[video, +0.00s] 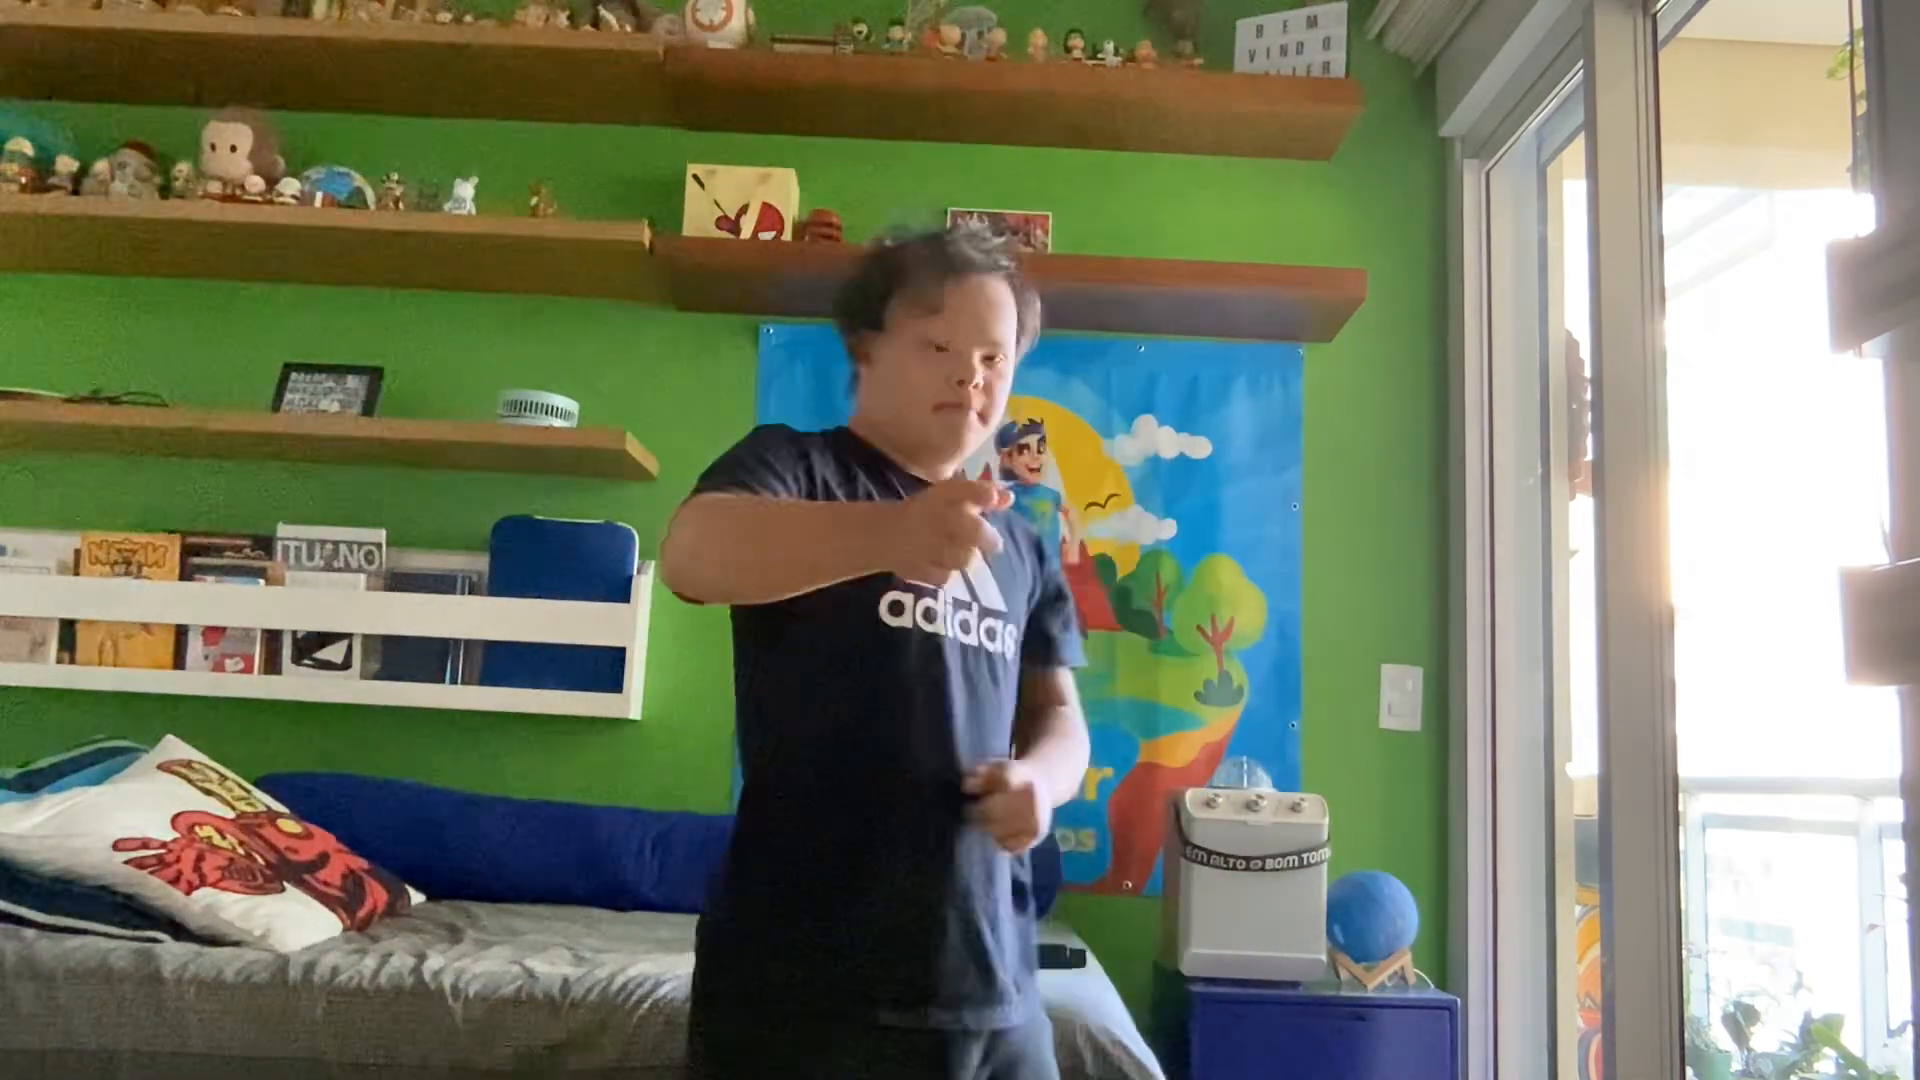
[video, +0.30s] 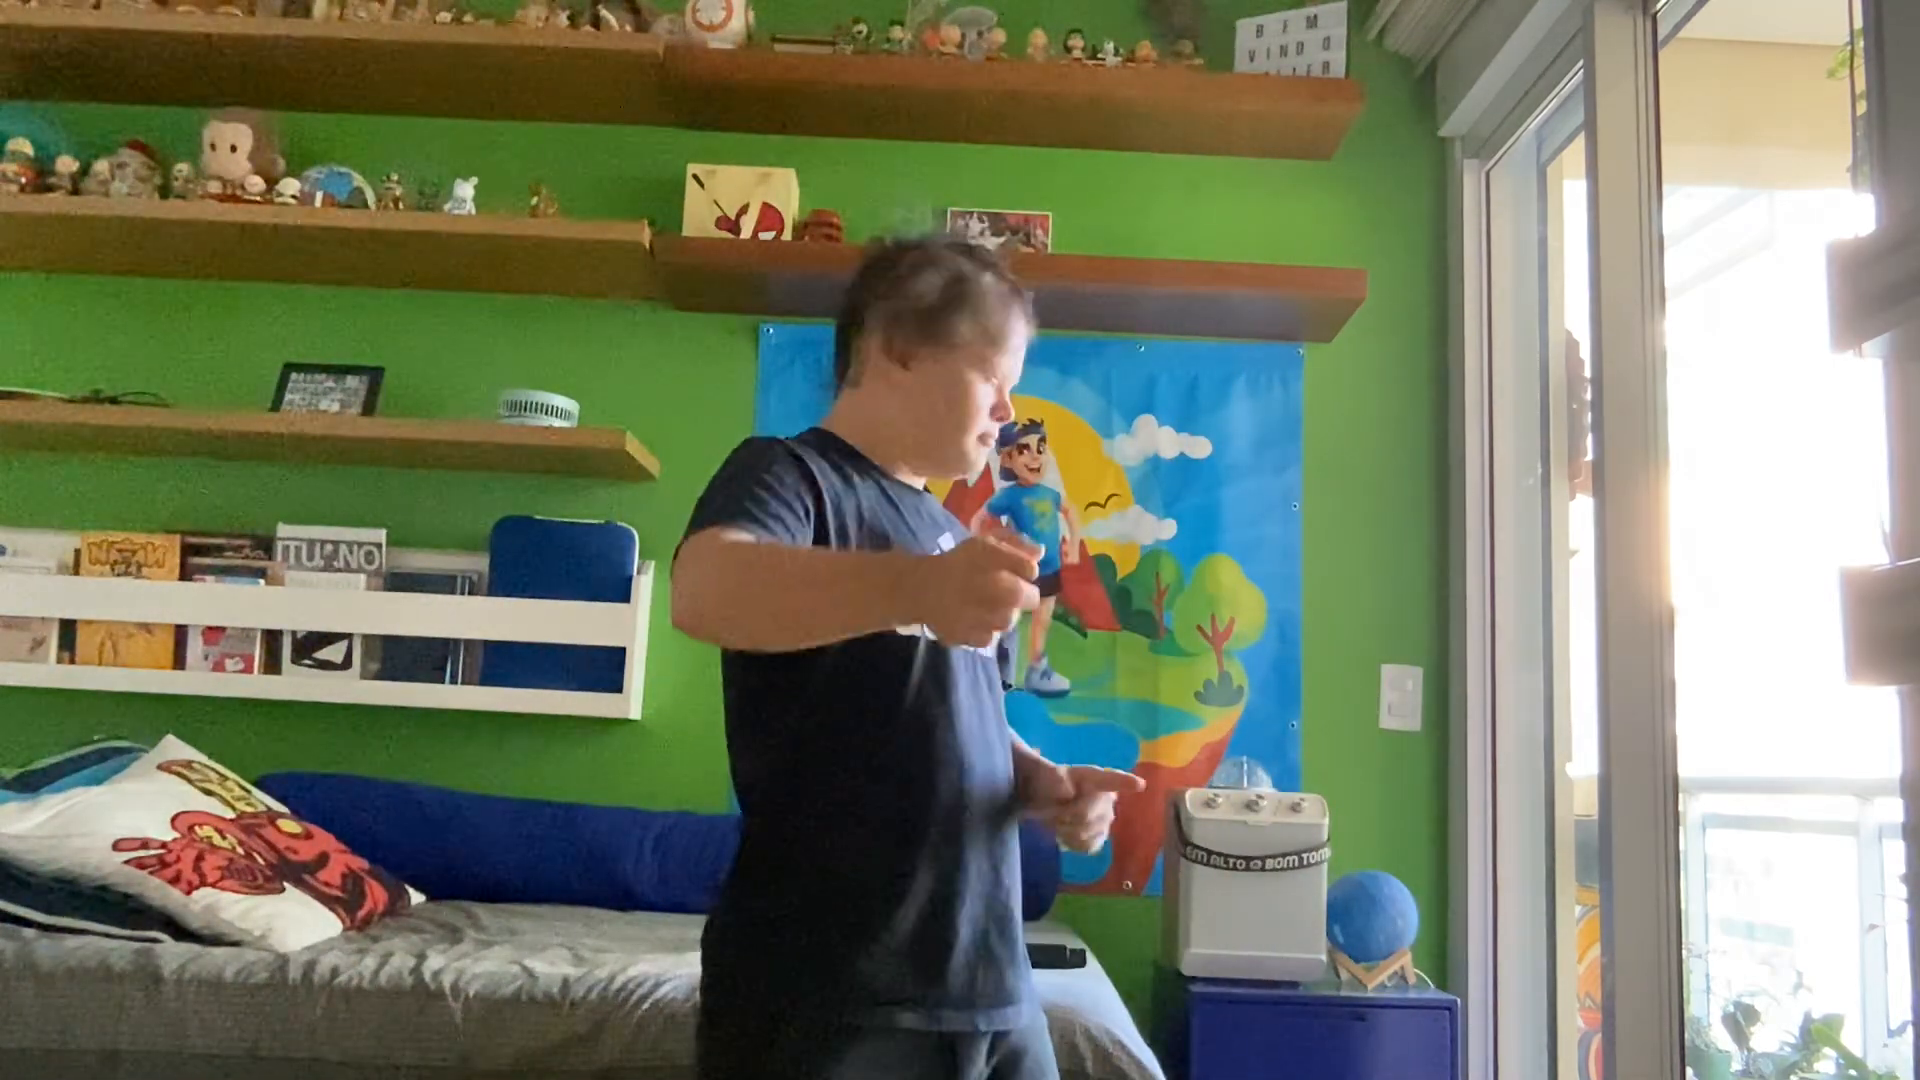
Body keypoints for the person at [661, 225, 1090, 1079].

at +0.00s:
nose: (970, 377)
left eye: (992, 358)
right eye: (939, 347)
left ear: (1012, 381)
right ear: (866, 349)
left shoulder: (1022, 542)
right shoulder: (792, 464)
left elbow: (1058, 717)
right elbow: (693, 554)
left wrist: (1040, 780)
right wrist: (890, 533)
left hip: (989, 993)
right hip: (801, 981)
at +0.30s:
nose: (1006, 414)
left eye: (1008, 392)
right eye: (993, 382)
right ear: (898, 350)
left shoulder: (953, 541)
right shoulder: (788, 473)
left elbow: (963, 734)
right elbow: (705, 591)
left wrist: (1046, 788)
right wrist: (917, 591)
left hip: (994, 1002)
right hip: (831, 1006)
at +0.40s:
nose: (1008, 430)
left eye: (1015, 402)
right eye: (1006, 394)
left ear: (934, 363)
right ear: (926, 359)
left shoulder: (962, 551)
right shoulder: (791, 480)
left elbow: (958, 746)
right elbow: (686, 625)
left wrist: (1077, 799)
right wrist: (911, 661)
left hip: (994, 1006)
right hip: (831, 1011)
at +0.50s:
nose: (1012, 433)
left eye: (1019, 406)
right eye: (1012, 398)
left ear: (947, 370)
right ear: (941, 365)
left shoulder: (969, 559)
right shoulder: (794, 484)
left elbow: (957, 743)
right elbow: (676, 647)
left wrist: (1098, 797)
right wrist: (899, 742)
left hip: (993, 1008)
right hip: (828, 1012)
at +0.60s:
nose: (1018, 438)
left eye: (1028, 412)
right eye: (1022, 403)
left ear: (963, 372)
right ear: (955, 367)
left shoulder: (967, 553)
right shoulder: (804, 481)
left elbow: (970, 746)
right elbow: (682, 678)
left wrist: (1126, 788)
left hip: (999, 1009)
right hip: (834, 1017)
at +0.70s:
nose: (1047, 441)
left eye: (1055, 412)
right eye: (1049, 403)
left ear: (990, 373)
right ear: (986, 365)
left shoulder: (983, 544)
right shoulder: (816, 482)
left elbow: (996, 735)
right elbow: (700, 697)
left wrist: (1174, 776)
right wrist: (787, 933)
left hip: (1017, 998)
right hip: (858, 1016)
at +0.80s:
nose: (1113, 447)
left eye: (1123, 420)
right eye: (1118, 413)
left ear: (1052, 387)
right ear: (1063, 386)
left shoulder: (1031, 540)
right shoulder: (882, 484)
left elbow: (1064, 715)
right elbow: (763, 701)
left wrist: (1239, 753)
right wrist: (729, 928)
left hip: (1051, 998)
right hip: (895, 1006)